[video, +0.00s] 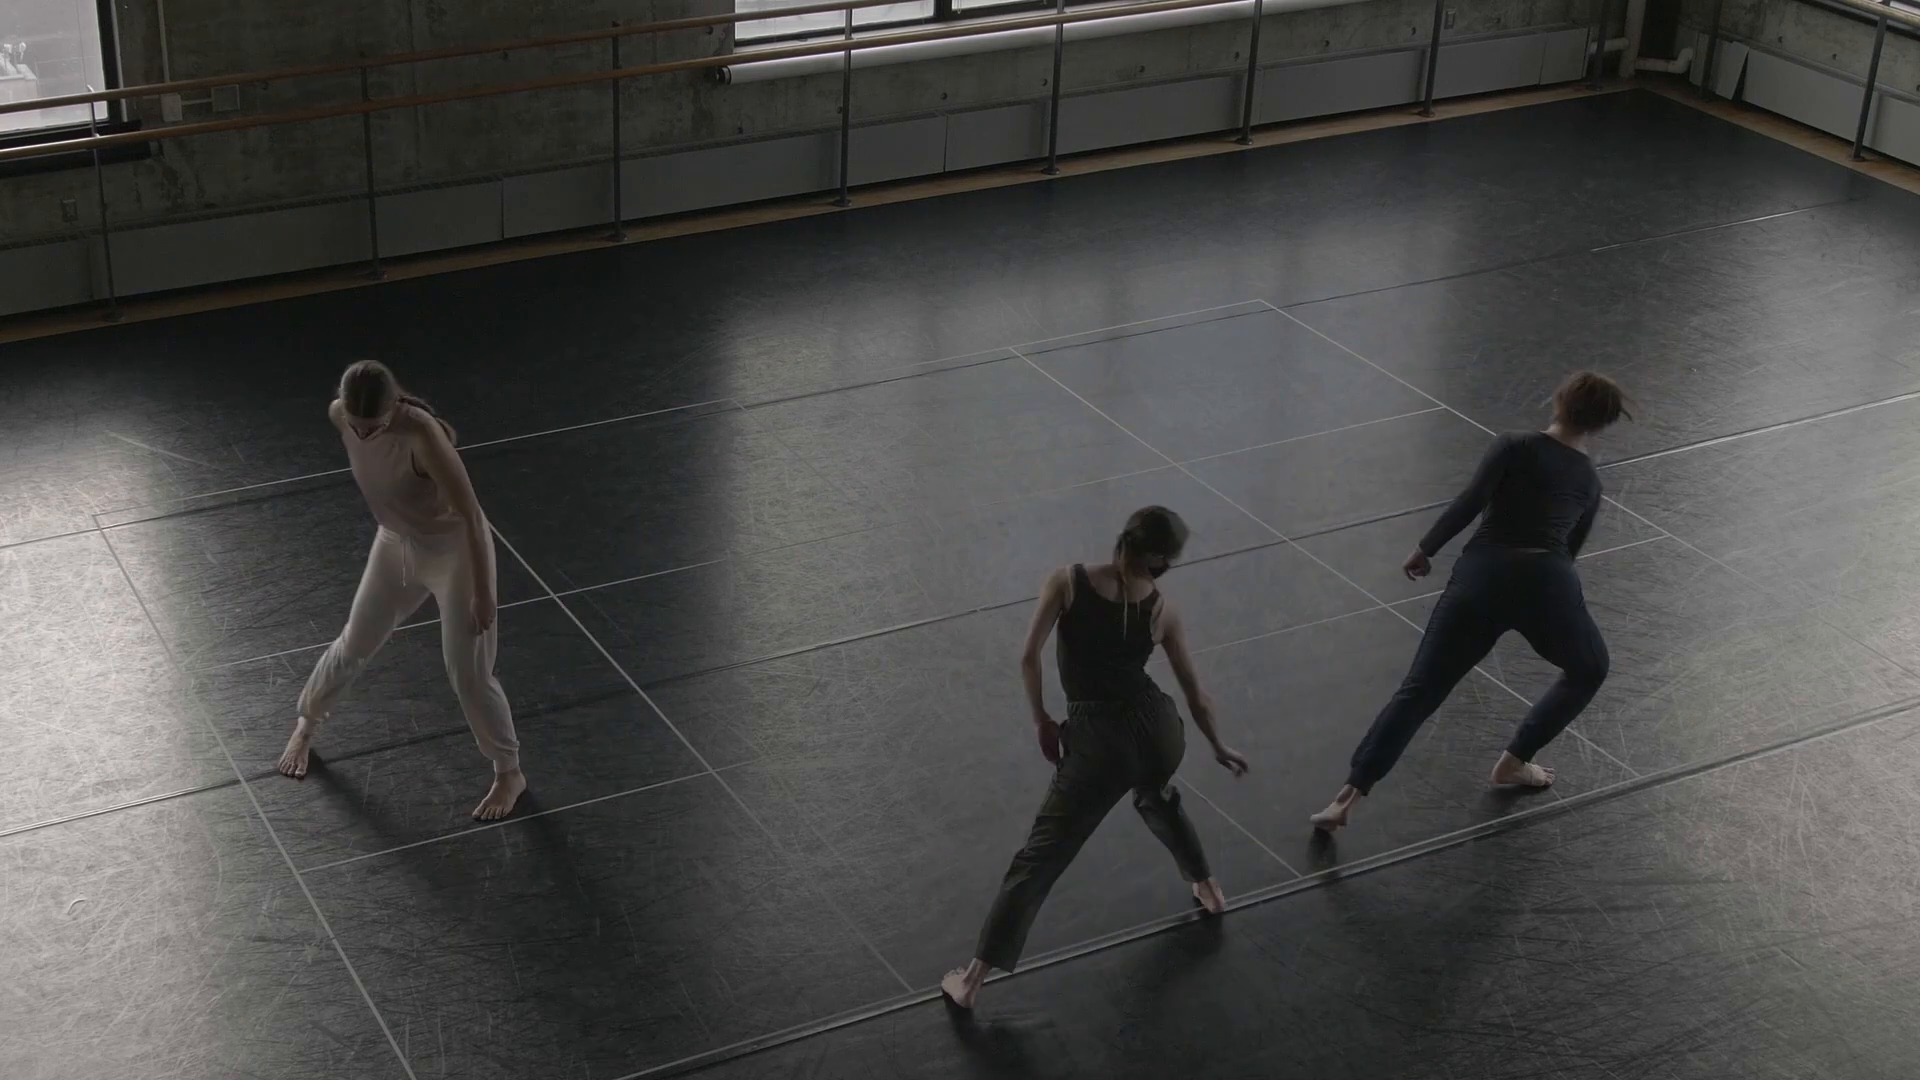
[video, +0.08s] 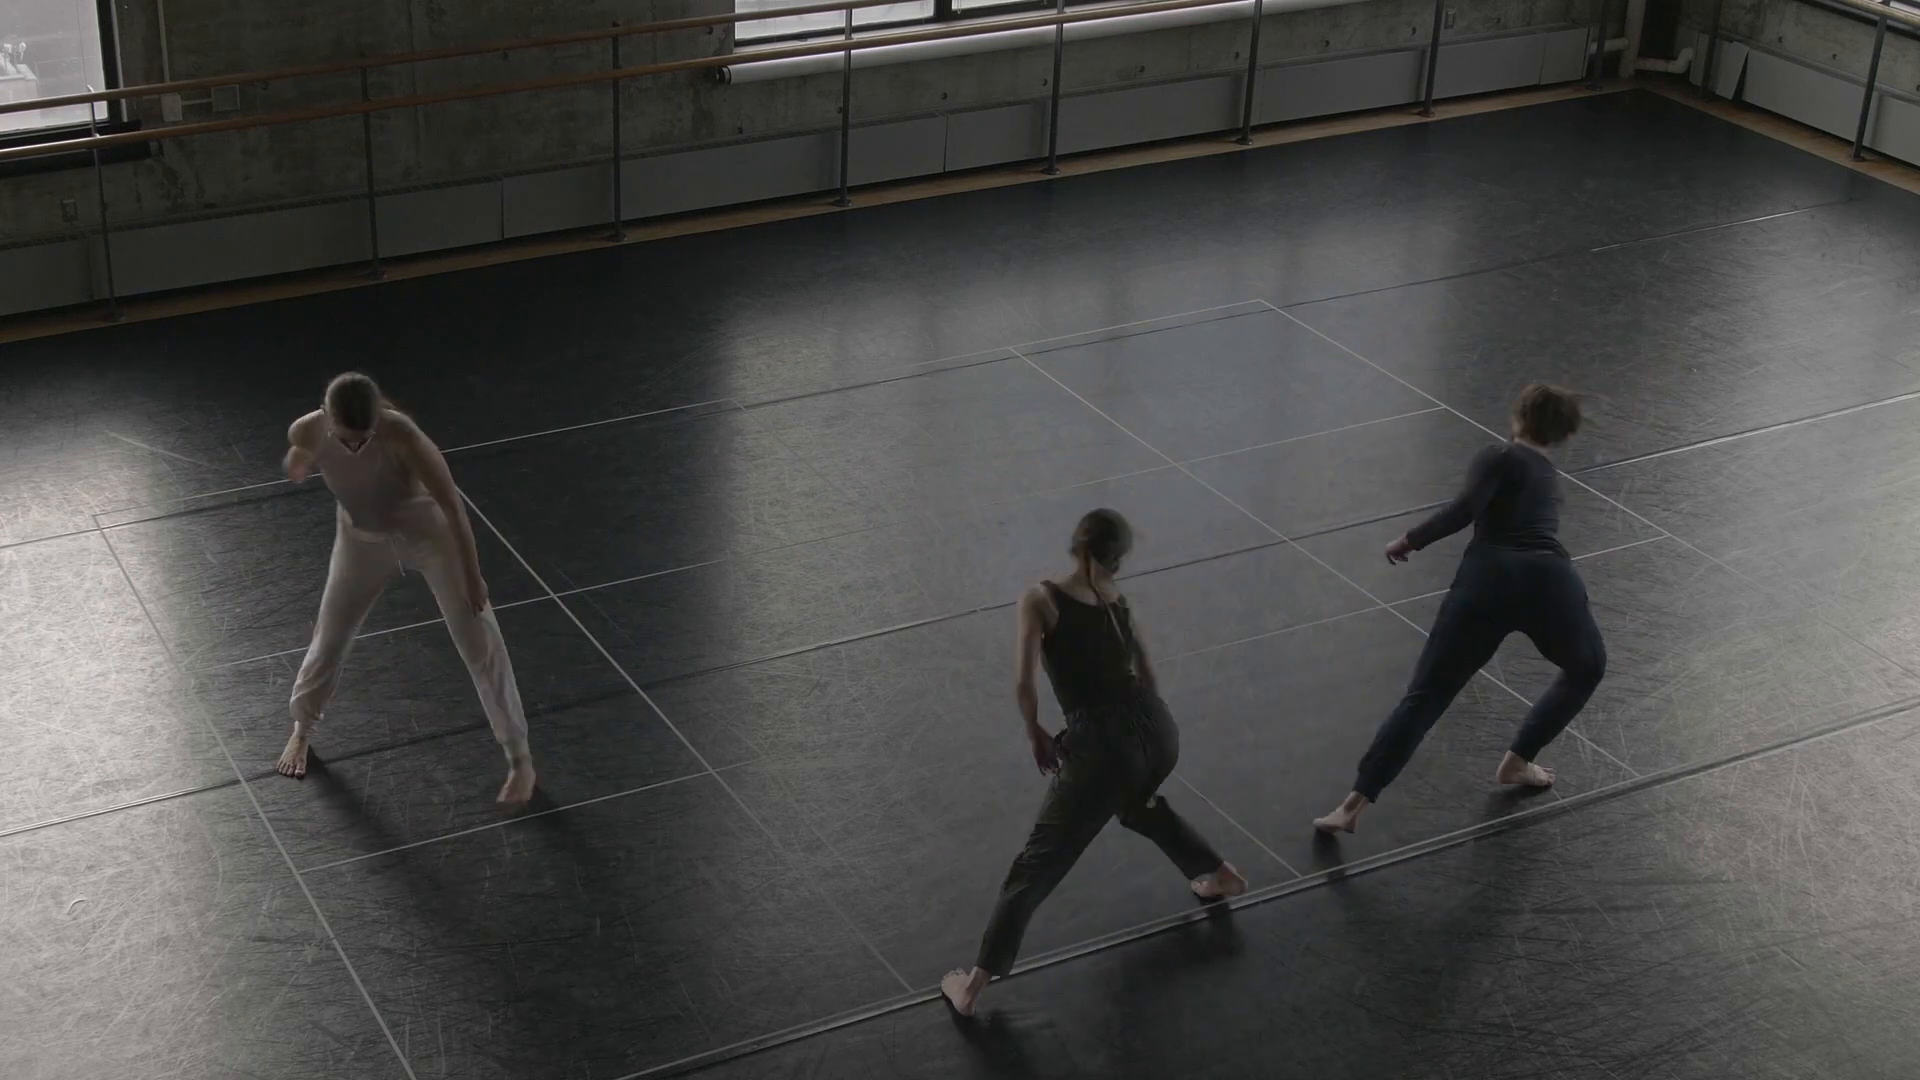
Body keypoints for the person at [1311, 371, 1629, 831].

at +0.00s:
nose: (1554, 405)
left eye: (1558, 399)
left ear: (1557, 406)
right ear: (1600, 425)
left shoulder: (1513, 445)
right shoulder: (1590, 482)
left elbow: (1471, 502)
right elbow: (1569, 550)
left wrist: (1424, 549)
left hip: (1482, 575)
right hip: (1547, 586)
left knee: (1420, 687)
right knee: (1589, 669)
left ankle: (1346, 798)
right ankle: (1513, 763)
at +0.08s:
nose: (1513, 422)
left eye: (1517, 416)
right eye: (1521, 418)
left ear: (1519, 421)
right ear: (1559, 433)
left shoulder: (1496, 456)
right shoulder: (1550, 473)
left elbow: (1464, 510)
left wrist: (1409, 540)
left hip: (1486, 581)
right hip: (1549, 582)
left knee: (1425, 695)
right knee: (1587, 667)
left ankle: (1354, 804)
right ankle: (1517, 761)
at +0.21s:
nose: (1438, 457)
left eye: (1441, 451)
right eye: (1440, 450)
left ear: (1451, 454)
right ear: (1483, 459)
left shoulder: (1447, 477)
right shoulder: (1491, 499)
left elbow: (1399, 529)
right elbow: (1451, 574)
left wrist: (1357, 544)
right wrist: (1421, 636)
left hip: (1489, 569)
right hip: (1553, 570)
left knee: (1440, 693)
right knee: (1571, 667)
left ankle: (1375, 807)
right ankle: (1529, 760)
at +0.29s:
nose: (1389, 483)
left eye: (1390, 475)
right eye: (1389, 476)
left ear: (1404, 474)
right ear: (1438, 474)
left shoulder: (1402, 498)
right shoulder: (1457, 507)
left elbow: (1345, 548)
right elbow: (1437, 593)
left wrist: (1299, 576)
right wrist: (1414, 656)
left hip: (1475, 566)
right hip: (1540, 559)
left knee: (1446, 694)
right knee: (1558, 661)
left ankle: (1403, 812)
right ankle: (1543, 754)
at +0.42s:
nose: (1332, 506)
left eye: (1333, 498)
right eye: (1333, 498)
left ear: (1345, 495)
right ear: (1375, 489)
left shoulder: (1344, 524)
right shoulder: (1406, 510)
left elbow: (1290, 583)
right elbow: (1424, 580)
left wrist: (1235, 624)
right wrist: (1413, 655)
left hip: (1449, 560)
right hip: (1506, 549)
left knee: (1452, 692)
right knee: (1528, 661)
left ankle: (1445, 814)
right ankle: (1564, 742)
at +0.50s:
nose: (1298, 512)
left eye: (1298, 504)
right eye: (1298, 504)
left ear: (1308, 500)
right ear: (1339, 490)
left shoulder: (1312, 532)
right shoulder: (1375, 506)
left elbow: (1267, 598)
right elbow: (1417, 571)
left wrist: (1220, 654)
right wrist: (1411, 653)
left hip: (1421, 564)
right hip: (1471, 548)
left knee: (1450, 692)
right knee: (1502, 663)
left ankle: (1474, 808)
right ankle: (1567, 740)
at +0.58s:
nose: (1258, 510)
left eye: (1258, 502)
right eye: (1258, 503)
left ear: (1269, 494)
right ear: (1299, 485)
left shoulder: (1279, 521)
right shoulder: (1338, 500)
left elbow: (1247, 594)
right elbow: (1383, 567)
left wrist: (1219, 655)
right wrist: (1408, 650)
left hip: (1382, 563)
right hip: (1425, 540)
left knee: (1440, 682)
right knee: (1484, 663)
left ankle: (1496, 791)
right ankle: (1565, 745)